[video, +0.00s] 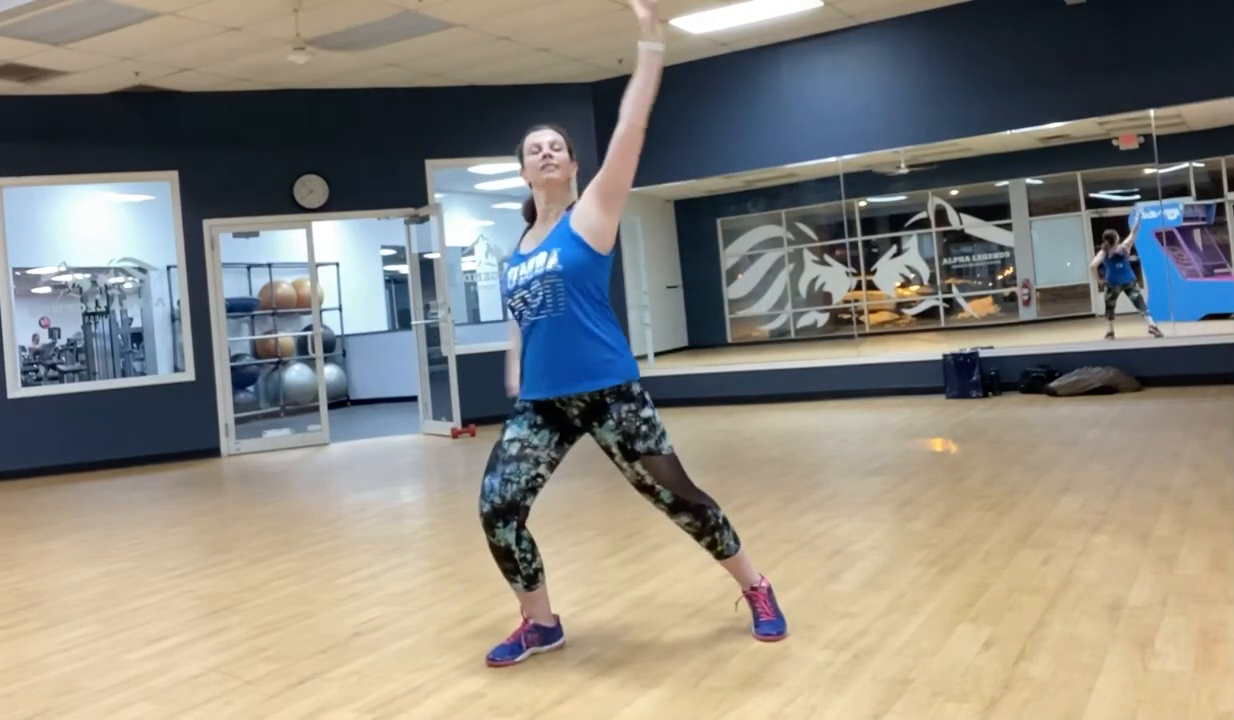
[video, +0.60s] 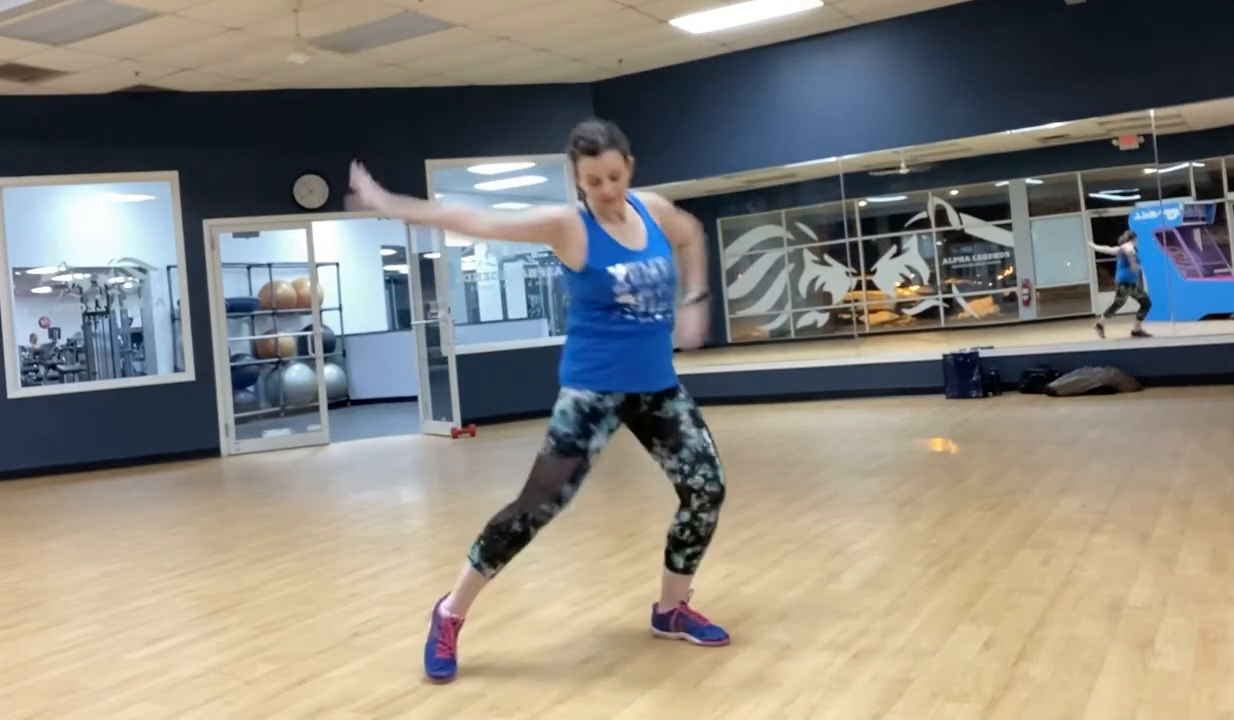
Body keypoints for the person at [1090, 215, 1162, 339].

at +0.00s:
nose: (1118, 239)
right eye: (1117, 237)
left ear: (1105, 241)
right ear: (1117, 239)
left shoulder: (1104, 252)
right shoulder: (1124, 247)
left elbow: (1093, 265)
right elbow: (1133, 234)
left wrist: (1098, 280)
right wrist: (1138, 221)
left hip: (1113, 281)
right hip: (1128, 279)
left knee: (1110, 306)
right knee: (1139, 301)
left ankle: (1111, 330)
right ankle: (1151, 324)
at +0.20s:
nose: (1121, 236)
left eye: (1120, 234)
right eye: (1119, 235)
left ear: (1107, 237)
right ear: (1117, 236)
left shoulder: (1102, 249)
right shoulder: (1122, 245)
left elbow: (1085, 257)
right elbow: (1136, 233)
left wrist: (1084, 267)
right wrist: (1145, 220)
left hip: (1111, 279)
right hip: (1127, 277)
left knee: (1111, 305)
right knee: (1139, 299)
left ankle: (1111, 330)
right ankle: (1149, 325)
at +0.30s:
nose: (1125, 235)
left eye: (1125, 233)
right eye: (1124, 233)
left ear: (1112, 234)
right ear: (1120, 233)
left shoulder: (1106, 245)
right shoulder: (1123, 241)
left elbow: (1093, 248)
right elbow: (1137, 233)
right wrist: (1148, 226)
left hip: (1113, 278)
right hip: (1126, 276)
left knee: (1113, 304)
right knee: (1141, 299)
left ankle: (1110, 329)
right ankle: (1138, 326)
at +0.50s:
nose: (1131, 237)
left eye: (1130, 236)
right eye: (1130, 236)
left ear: (1118, 236)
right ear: (1127, 235)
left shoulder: (1114, 245)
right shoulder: (1127, 242)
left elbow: (1101, 244)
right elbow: (1137, 239)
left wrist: (1089, 240)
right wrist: (1143, 242)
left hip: (1118, 277)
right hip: (1130, 277)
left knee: (1117, 301)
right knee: (1142, 302)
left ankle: (1101, 322)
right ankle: (1137, 328)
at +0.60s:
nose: (1136, 242)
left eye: (1135, 240)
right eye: (1135, 240)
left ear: (1125, 239)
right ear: (1132, 239)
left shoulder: (1120, 248)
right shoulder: (1128, 246)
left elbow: (1109, 250)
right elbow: (1130, 253)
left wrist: (1095, 247)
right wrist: (1133, 264)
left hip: (1122, 281)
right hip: (1128, 281)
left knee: (1118, 303)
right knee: (1146, 303)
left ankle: (1100, 322)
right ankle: (1137, 328)